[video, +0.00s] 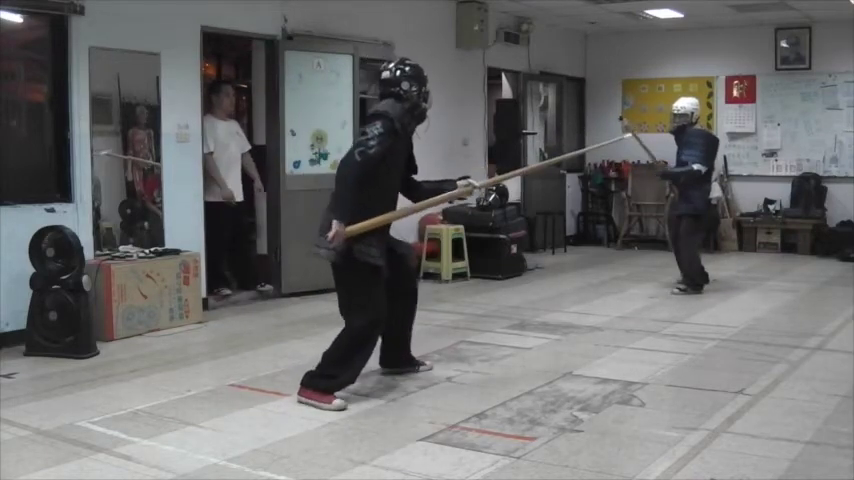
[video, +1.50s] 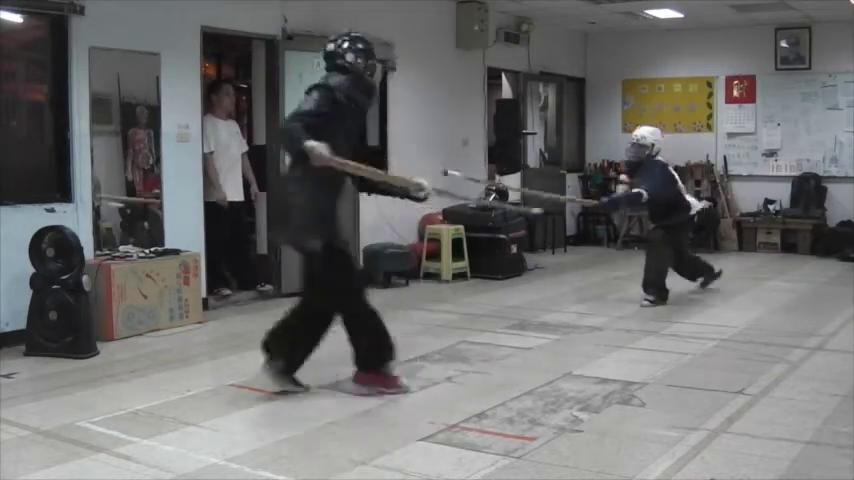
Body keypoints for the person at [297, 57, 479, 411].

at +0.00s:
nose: (426, 98)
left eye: (425, 91)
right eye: (421, 91)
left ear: (398, 91)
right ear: (408, 92)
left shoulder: (400, 132)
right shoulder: (384, 127)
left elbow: (413, 190)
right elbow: (349, 166)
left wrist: (457, 187)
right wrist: (341, 217)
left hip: (375, 234)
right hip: (352, 236)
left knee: (405, 272)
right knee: (368, 317)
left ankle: (397, 358)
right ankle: (317, 386)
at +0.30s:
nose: (426, 95)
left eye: (426, 87)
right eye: (422, 87)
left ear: (404, 87)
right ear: (406, 87)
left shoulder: (402, 127)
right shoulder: (384, 122)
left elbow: (409, 189)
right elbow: (349, 162)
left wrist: (450, 184)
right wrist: (339, 214)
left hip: (375, 230)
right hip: (352, 231)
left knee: (405, 273)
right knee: (363, 307)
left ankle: (396, 357)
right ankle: (315, 385)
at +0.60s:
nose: (431, 103)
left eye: (431, 96)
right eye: (426, 96)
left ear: (411, 97)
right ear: (408, 97)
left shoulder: (411, 136)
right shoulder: (386, 135)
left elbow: (425, 195)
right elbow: (351, 171)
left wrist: (463, 191)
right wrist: (349, 227)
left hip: (390, 241)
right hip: (366, 244)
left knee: (426, 282)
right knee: (369, 319)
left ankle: (435, 344)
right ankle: (317, 386)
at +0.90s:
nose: (462, 113)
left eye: (461, 107)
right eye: (458, 107)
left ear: (432, 109)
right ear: (446, 109)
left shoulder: (437, 145)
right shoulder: (429, 144)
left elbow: (433, 195)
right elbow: (435, 190)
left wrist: (469, 196)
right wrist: (474, 187)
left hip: (416, 240)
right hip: (396, 242)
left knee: (448, 281)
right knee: (401, 319)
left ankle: (449, 346)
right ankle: (337, 373)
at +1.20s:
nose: (423, 92)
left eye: (422, 85)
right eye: (417, 86)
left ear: (401, 87)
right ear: (401, 87)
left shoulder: (403, 124)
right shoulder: (384, 120)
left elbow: (404, 188)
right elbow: (379, 162)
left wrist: (449, 196)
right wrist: (428, 159)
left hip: (396, 225)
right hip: (382, 228)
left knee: (431, 288)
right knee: (429, 295)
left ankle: (450, 345)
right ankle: (391, 370)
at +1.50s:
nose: (375, 70)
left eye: (375, 63)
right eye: (369, 61)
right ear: (350, 60)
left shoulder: (354, 106)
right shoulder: (328, 92)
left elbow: (361, 175)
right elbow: (291, 126)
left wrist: (403, 187)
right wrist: (309, 146)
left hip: (322, 210)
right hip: (304, 210)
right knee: (344, 282)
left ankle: (280, 359)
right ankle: (372, 366)